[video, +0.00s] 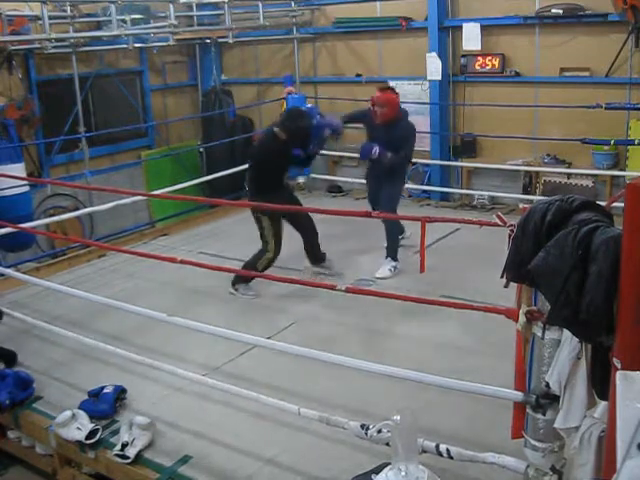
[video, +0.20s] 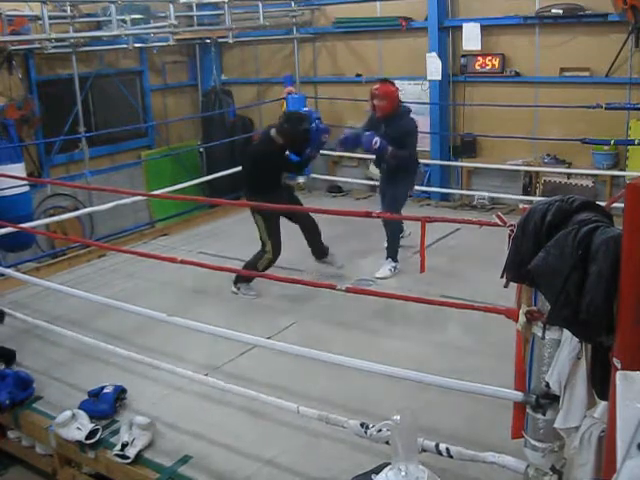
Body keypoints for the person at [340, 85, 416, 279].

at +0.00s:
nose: (376, 111)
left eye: (381, 108)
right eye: (375, 107)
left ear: (392, 109)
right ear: (373, 106)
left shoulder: (406, 128)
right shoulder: (371, 116)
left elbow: (403, 160)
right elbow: (349, 117)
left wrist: (380, 154)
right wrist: (337, 124)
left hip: (395, 173)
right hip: (375, 169)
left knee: (387, 211)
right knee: (376, 205)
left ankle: (392, 260)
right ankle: (399, 229)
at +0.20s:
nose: (377, 104)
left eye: (381, 100)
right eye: (375, 100)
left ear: (393, 101)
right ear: (373, 101)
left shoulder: (406, 124)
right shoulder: (376, 119)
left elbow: (407, 155)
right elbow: (364, 135)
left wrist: (382, 148)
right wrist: (351, 140)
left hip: (405, 172)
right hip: (387, 171)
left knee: (390, 213)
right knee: (387, 209)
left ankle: (392, 260)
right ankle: (398, 231)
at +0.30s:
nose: (373, 104)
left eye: (377, 99)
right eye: (372, 99)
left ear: (389, 100)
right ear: (372, 100)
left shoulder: (403, 121)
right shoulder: (384, 117)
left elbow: (401, 150)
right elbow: (379, 140)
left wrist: (376, 140)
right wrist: (361, 129)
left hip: (412, 172)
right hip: (399, 169)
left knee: (393, 212)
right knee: (401, 205)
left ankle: (392, 260)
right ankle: (405, 236)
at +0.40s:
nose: (381, 105)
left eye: (384, 100)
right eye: (380, 100)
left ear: (395, 99)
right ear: (383, 99)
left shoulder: (408, 119)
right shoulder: (394, 115)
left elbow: (396, 148)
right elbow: (377, 138)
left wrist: (383, 133)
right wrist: (364, 121)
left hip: (418, 170)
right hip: (408, 168)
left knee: (394, 214)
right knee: (408, 205)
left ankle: (395, 262)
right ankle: (432, 236)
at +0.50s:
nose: (394, 104)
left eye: (397, 100)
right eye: (392, 100)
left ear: (407, 99)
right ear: (393, 100)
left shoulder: (417, 118)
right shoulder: (398, 115)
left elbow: (403, 143)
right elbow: (382, 138)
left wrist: (390, 124)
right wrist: (374, 118)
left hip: (425, 173)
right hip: (417, 172)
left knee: (396, 216)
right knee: (421, 211)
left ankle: (398, 266)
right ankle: (458, 236)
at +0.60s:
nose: (408, 111)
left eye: (410, 107)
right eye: (407, 107)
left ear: (417, 107)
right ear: (419, 107)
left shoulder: (432, 129)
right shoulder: (420, 127)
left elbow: (418, 152)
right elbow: (397, 143)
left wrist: (406, 134)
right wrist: (386, 121)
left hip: (432, 186)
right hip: (432, 185)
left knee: (400, 217)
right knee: (438, 220)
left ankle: (399, 267)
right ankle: (482, 238)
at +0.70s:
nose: (418, 112)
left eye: (422, 107)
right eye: (418, 107)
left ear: (434, 109)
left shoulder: (446, 131)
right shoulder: (435, 128)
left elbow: (446, 162)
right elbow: (418, 146)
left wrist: (425, 141)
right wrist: (406, 129)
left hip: (449, 187)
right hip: (448, 185)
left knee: (415, 218)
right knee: (460, 224)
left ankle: (400, 267)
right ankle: (500, 246)